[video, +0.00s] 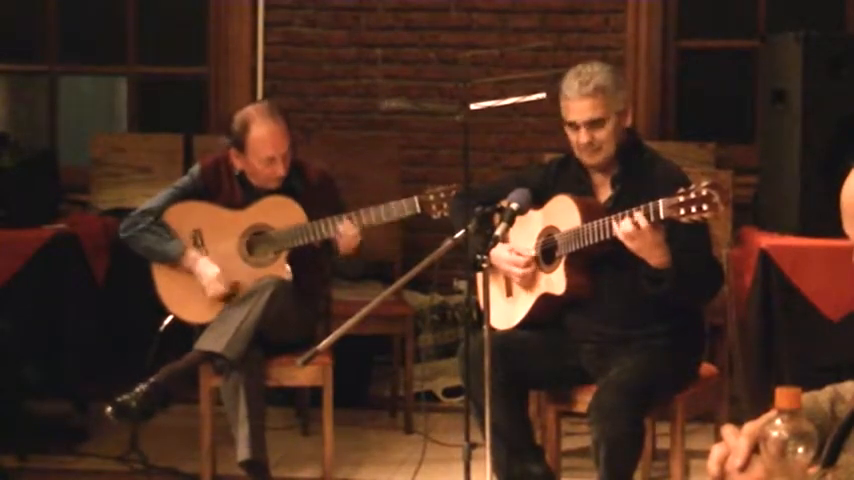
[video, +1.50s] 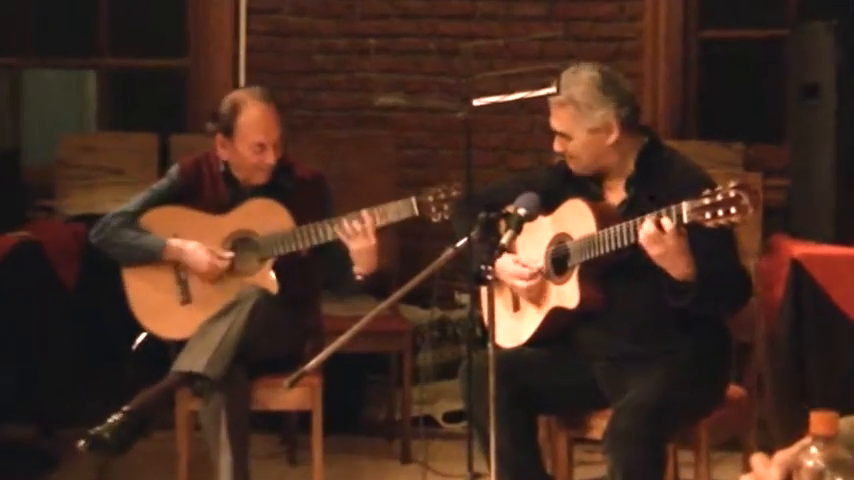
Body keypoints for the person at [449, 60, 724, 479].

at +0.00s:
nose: (585, 138)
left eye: (597, 125)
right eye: (573, 127)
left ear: (624, 117)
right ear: (563, 124)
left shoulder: (666, 183)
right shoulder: (557, 177)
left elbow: (705, 284)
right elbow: (467, 202)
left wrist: (662, 259)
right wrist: (489, 249)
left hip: (652, 344)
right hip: (572, 338)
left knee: (613, 404)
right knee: (484, 352)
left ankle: (613, 474)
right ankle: (525, 471)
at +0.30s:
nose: (555, 138)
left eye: (565, 128)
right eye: (554, 127)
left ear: (606, 126)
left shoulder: (666, 185)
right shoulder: (558, 178)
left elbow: (707, 285)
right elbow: (467, 202)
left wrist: (664, 262)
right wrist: (488, 248)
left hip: (653, 345)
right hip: (574, 338)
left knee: (612, 405)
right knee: (486, 353)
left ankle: (613, 474)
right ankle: (523, 471)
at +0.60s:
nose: (549, 139)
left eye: (557, 129)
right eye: (548, 128)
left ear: (597, 128)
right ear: (592, 129)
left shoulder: (664, 186)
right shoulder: (557, 178)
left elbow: (705, 286)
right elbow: (468, 205)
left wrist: (660, 261)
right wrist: (488, 249)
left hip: (654, 343)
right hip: (575, 335)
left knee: (613, 405)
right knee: (484, 354)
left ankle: (613, 474)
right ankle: (524, 471)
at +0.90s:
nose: (547, 140)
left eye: (555, 131)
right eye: (547, 130)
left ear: (594, 130)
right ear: (591, 131)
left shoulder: (664, 185)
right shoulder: (556, 179)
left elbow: (708, 285)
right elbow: (468, 204)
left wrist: (664, 263)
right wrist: (488, 250)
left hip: (655, 346)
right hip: (576, 338)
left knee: (613, 407)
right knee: (485, 358)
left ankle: (616, 475)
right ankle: (524, 473)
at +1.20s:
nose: (549, 143)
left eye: (556, 134)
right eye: (548, 132)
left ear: (596, 132)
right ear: (593, 134)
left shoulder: (668, 183)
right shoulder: (558, 178)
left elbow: (716, 286)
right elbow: (467, 206)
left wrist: (671, 266)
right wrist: (489, 253)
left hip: (662, 346)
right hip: (581, 340)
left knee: (619, 412)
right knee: (488, 361)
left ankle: (622, 474)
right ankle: (523, 472)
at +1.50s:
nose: (557, 147)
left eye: (566, 136)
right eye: (556, 135)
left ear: (609, 131)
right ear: (606, 133)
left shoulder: (684, 186)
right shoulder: (565, 177)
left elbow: (732, 294)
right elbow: (469, 210)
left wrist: (687, 274)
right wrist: (493, 261)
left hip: (675, 357)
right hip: (589, 351)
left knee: (630, 430)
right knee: (488, 373)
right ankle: (525, 473)